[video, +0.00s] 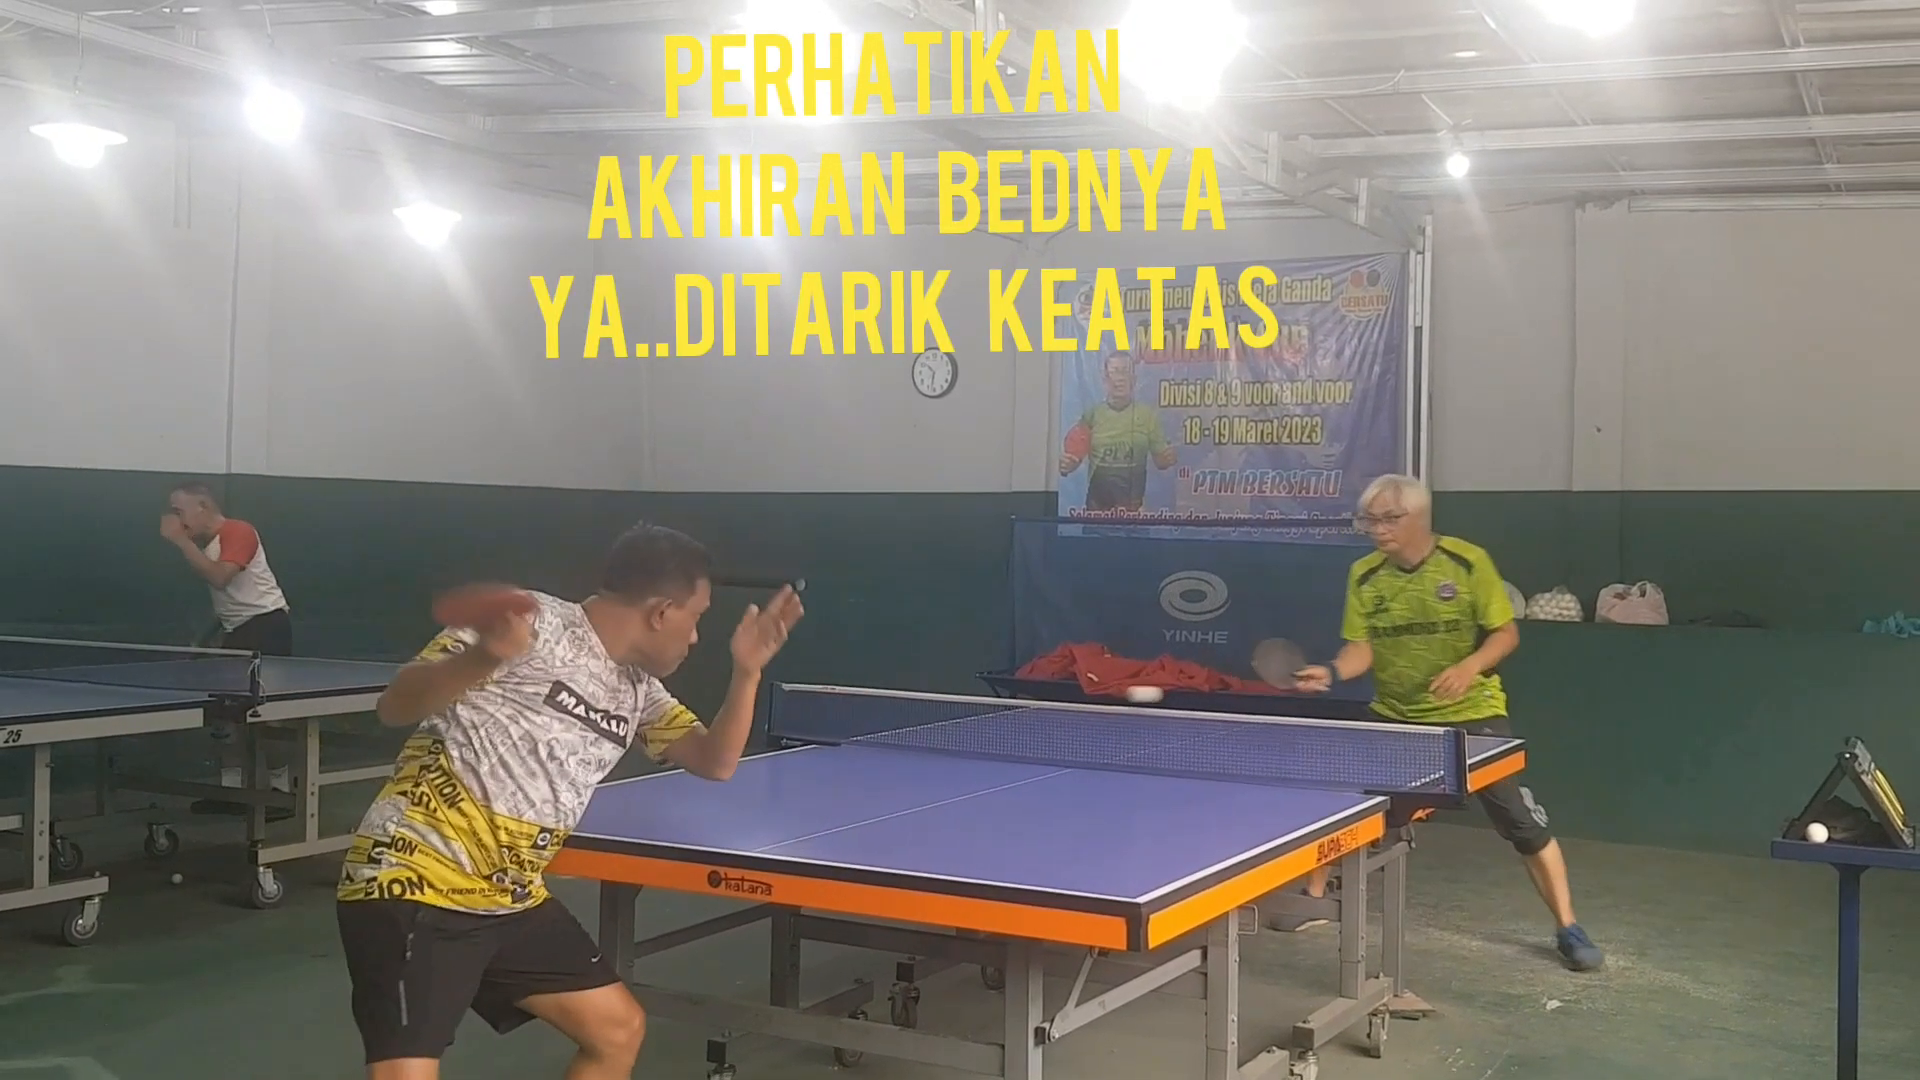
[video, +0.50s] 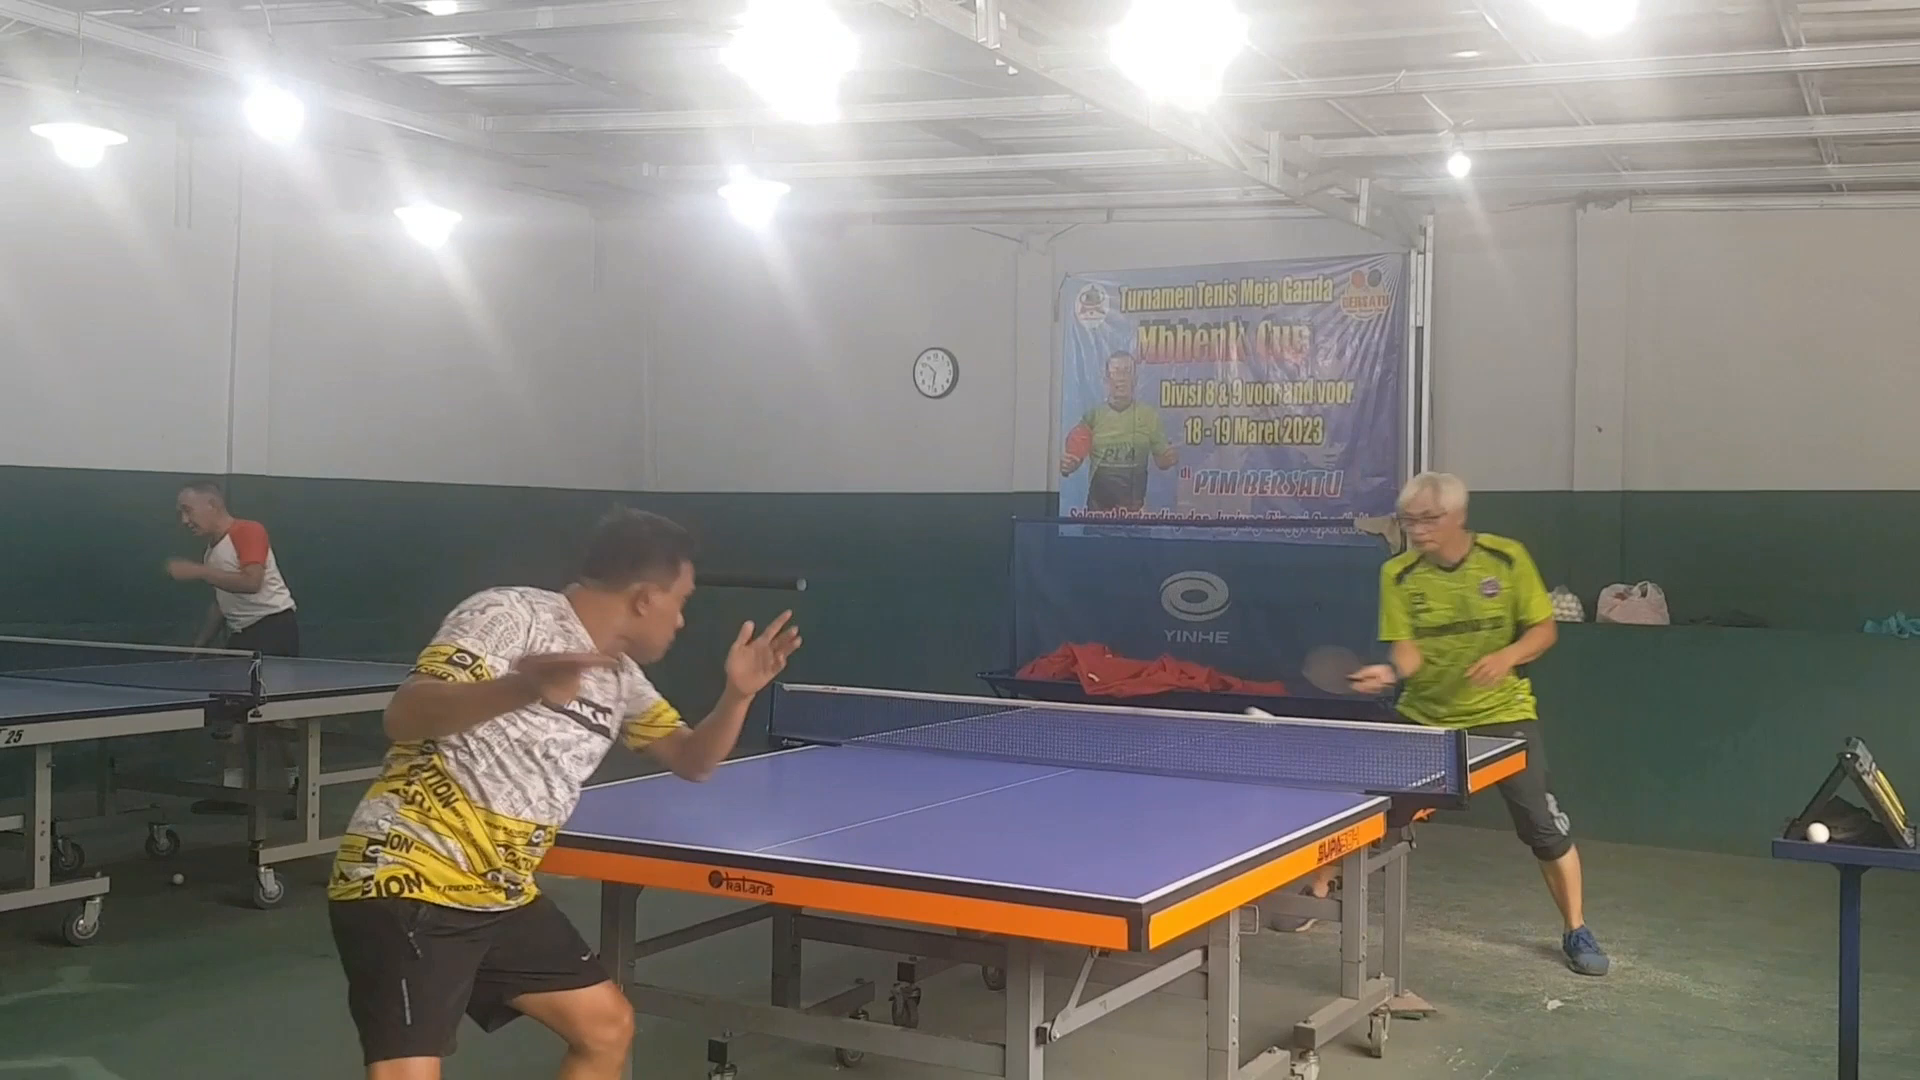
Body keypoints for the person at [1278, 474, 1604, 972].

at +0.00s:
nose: (1377, 530)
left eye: (1387, 519)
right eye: (1371, 521)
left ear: (1417, 517)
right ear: (1366, 524)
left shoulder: (1469, 563)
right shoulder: (1364, 574)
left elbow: (1506, 635)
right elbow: (1361, 648)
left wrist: (1469, 667)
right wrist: (1331, 671)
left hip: (1473, 719)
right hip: (1393, 719)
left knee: (1522, 816)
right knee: (1335, 794)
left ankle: (1568, 926)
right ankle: (1312, 896)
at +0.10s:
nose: (1390, 530)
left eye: (1401, 519)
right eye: (1384, 520)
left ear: (1431, 518)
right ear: (1380, 523)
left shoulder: (1482, 561)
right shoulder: (1376, 574)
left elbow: (1519, 633)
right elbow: (1376, 649)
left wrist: (1479, 664)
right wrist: (1348, 670)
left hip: (1482, 718)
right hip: (1402, 717)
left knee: (1524, 816)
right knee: (1339, 789)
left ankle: (1574, 929)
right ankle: (1315, 894)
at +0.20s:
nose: (1390, 530)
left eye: (1401, 519)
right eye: (1384, 521)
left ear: (1431, 518)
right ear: (1379, 524)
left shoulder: (1482, 561)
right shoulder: (1376, 574)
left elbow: (1519, 633)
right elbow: (1375, 649)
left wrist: (1480, 664)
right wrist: (1348, 671)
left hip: (1482, 718)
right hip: (1402, 718)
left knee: (1524, 814)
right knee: (1339, 789)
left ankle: (1575, 928)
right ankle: (1314, 894)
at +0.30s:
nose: (1405, 529)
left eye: (1416, 518)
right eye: (1397, 520)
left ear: (1446, 518)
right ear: (1390, 524)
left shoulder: (1494, 560)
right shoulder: (1386, 574)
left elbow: (1532, 633)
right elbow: (1390, 648)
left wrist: (1493, 659)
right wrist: (1368, 670)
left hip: (1492, 718)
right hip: (1411, 718)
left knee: (1536, 824)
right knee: (1347, 794)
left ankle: (1575, 929)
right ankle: (1315, 893)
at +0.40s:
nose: (1404, 529)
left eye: (1415, 518)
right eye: (1396, 520)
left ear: (1446, 518)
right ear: (1389, 523)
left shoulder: (1494, 560)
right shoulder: (1386, 574)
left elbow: (1532, 633)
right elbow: (1390, 648)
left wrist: (1493, 659)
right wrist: (1368, 670)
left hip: (1492, 718)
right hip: (1411, 717)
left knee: (1535, 822)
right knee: (1349, 794)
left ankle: (1575, 929)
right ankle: (1315, 893)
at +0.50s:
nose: (1416, 530)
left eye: (1427, 519)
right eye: (1409, 520)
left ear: (1457, 517)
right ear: (1403, 521)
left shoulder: (1508, 558)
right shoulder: (1397, 574)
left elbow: (1544, 630)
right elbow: (1407, 650)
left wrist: (1508, 657)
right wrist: (1390, 670)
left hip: (1502, 713)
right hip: (1424, 714)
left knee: (1540, 819)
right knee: (1357, 792)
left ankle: (1576, 930)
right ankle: (1318, 893)